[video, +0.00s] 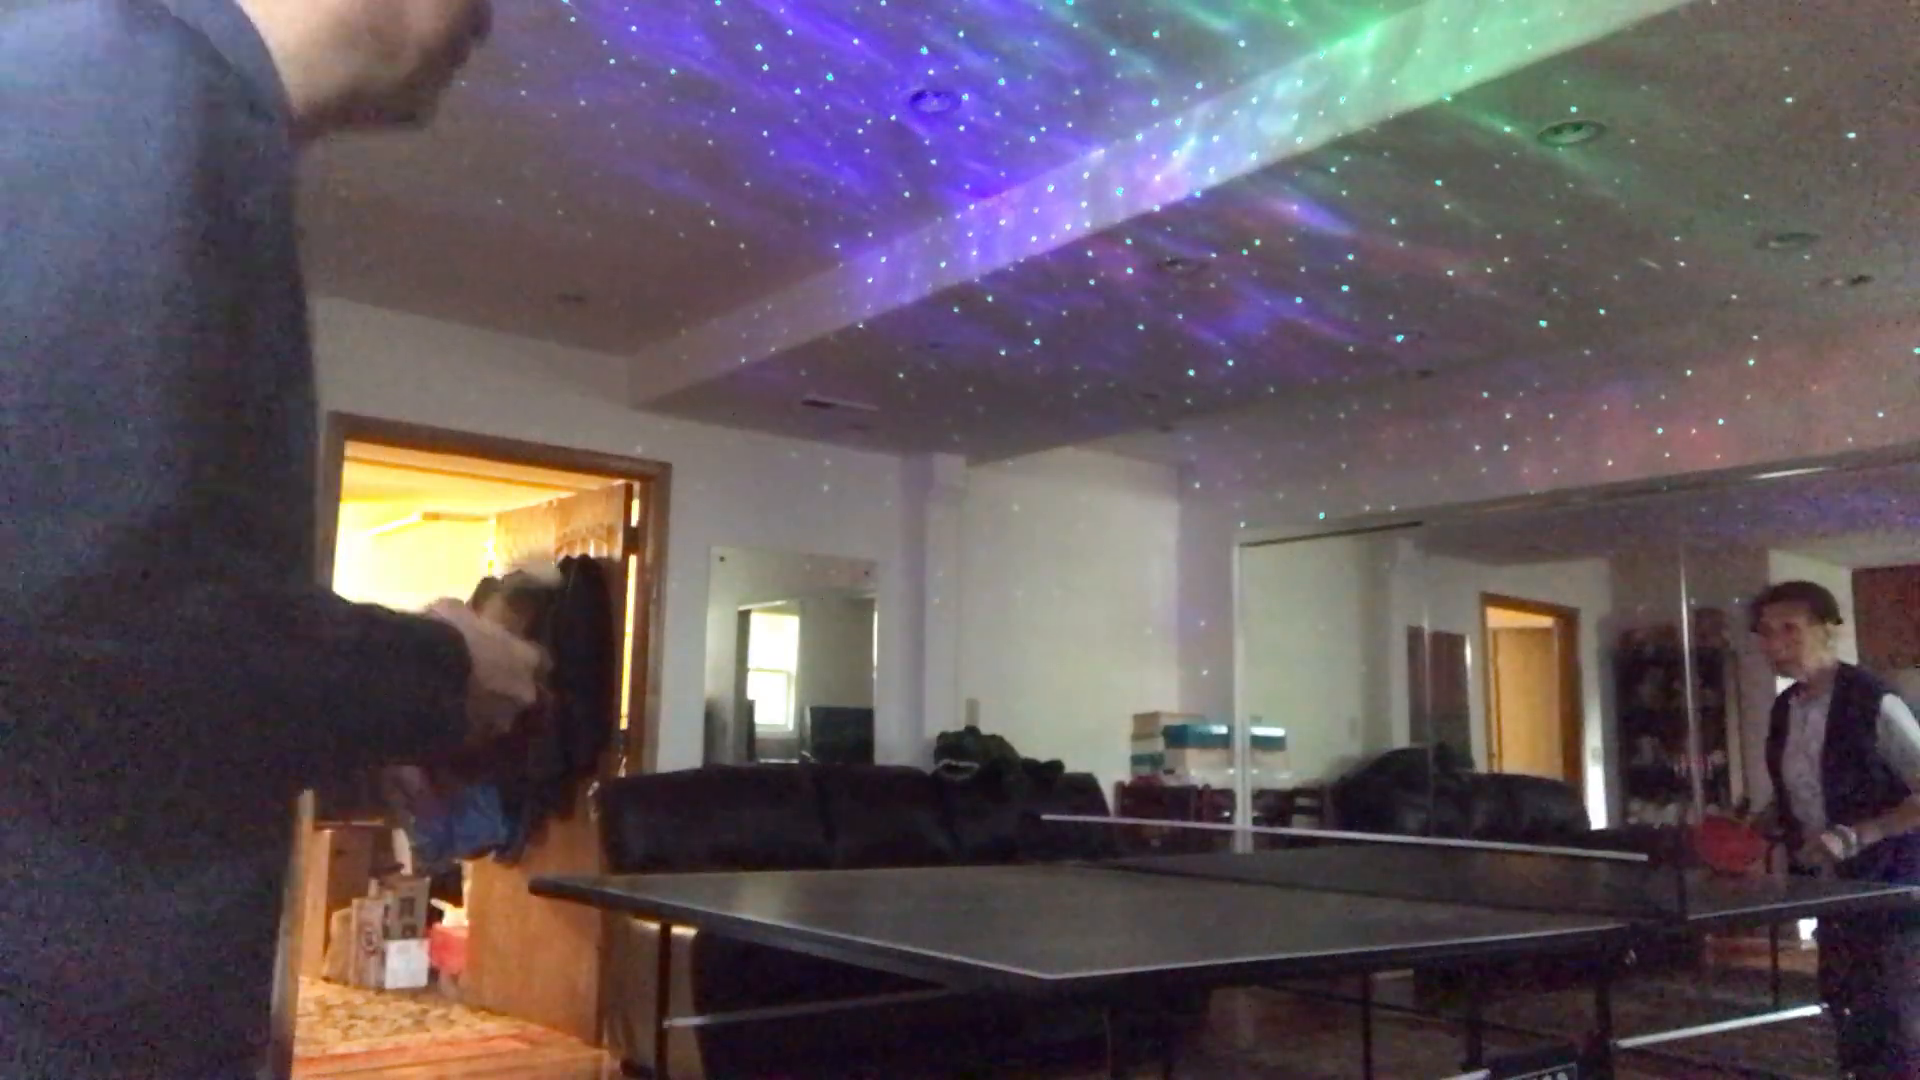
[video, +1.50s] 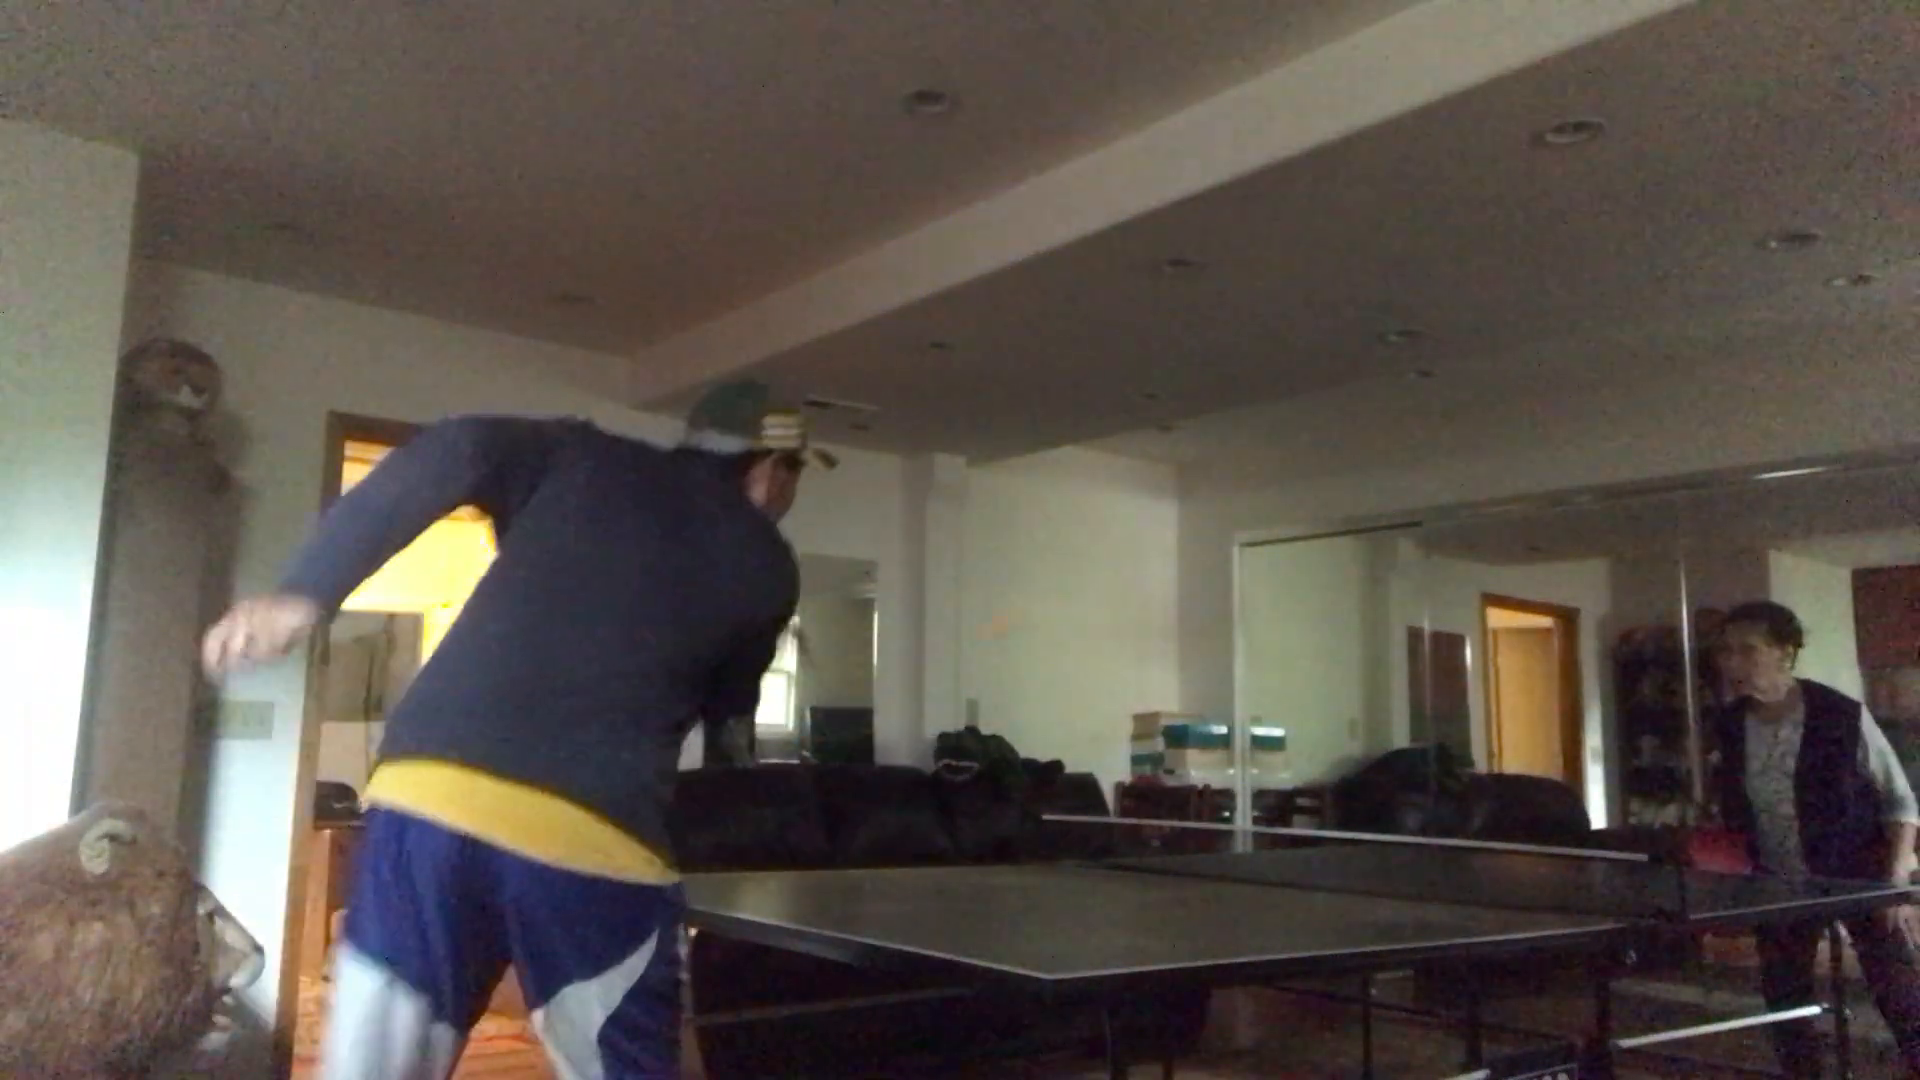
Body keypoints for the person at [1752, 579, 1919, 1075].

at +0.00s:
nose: (1777, 645)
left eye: (1789, 629)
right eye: (1768, 634)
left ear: (1827, 630)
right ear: (1761, 642)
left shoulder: (1874, 703)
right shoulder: (1784, 708)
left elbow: (1917, 795)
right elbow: (1792, 799)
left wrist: (1858, 835)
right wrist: (1761, 827)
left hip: (1888, 879)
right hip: (1827, 884)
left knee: (1894, 1015)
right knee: (1845, 1008)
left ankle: (1896, 1070)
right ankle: (1858, 1069)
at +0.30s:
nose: (1754, 655)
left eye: (1763, 639)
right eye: (1749, 643)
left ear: (1803, 632)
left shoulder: (1849, 702)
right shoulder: (1802, 703)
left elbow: (1906, 797)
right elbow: (1805, 807)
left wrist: (1811, 833)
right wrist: (1743, 821)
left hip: (1873, 882)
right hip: (1837, 881)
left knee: (1870, 1011)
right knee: (1846, 1006)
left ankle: (1887, 1072)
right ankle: (1860, 1071)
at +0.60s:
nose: (1747, 664)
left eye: (1750, 649)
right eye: (1743, 653)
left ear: (1783, 637)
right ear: (1788, 639)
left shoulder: (1828, 692)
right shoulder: (1819, 691)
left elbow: (1782, 790)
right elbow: (1790, 774)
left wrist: (1735, 776)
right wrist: (1736, 752)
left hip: (1866, 886)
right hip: (1848, 884)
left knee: (1862, 1012)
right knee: (1852, 1008)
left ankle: (1876, 1070)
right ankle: (1864, 1068)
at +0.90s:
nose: (1730, 654)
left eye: (1739, 639)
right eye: (1726, 642)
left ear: (1780, 634)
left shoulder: (1837, 696)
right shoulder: (1757, 714)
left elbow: (1905, 786)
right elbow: (1764, 797)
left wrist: (1830, 791)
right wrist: (1745, 806)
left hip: (1860, 879)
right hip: (1797, 878)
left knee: (1862, 1010)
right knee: (1806, 1006)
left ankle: (1878, 1070)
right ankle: (1842, 1067)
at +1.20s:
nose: (1724, 659)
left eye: (1736, 645)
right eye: (1719, 648)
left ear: (1777, 650)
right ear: (1712, 659)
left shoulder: (1835, 712)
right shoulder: (1718, 724)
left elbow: (1905, 778)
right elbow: (1710, 801)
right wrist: (1726, 826)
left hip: (1857, 864)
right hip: (1781, 869)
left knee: (1867, 986)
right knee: (1781, 986)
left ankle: (1891, 1062)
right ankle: (1803, 1068)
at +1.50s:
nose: (1733, 663)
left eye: (1745, 649)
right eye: (1728, 651)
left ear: (1784, 653)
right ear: (1722, 660)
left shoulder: (1842, 715)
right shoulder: (1729, 726)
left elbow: (1901, 802)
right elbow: (1728, 814)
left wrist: (1899, 885)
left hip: (1855, 877)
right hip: (1777, 884)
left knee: (1901, 995)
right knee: (1784, 1006)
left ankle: (1916, 1061)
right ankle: (1802, 1072)